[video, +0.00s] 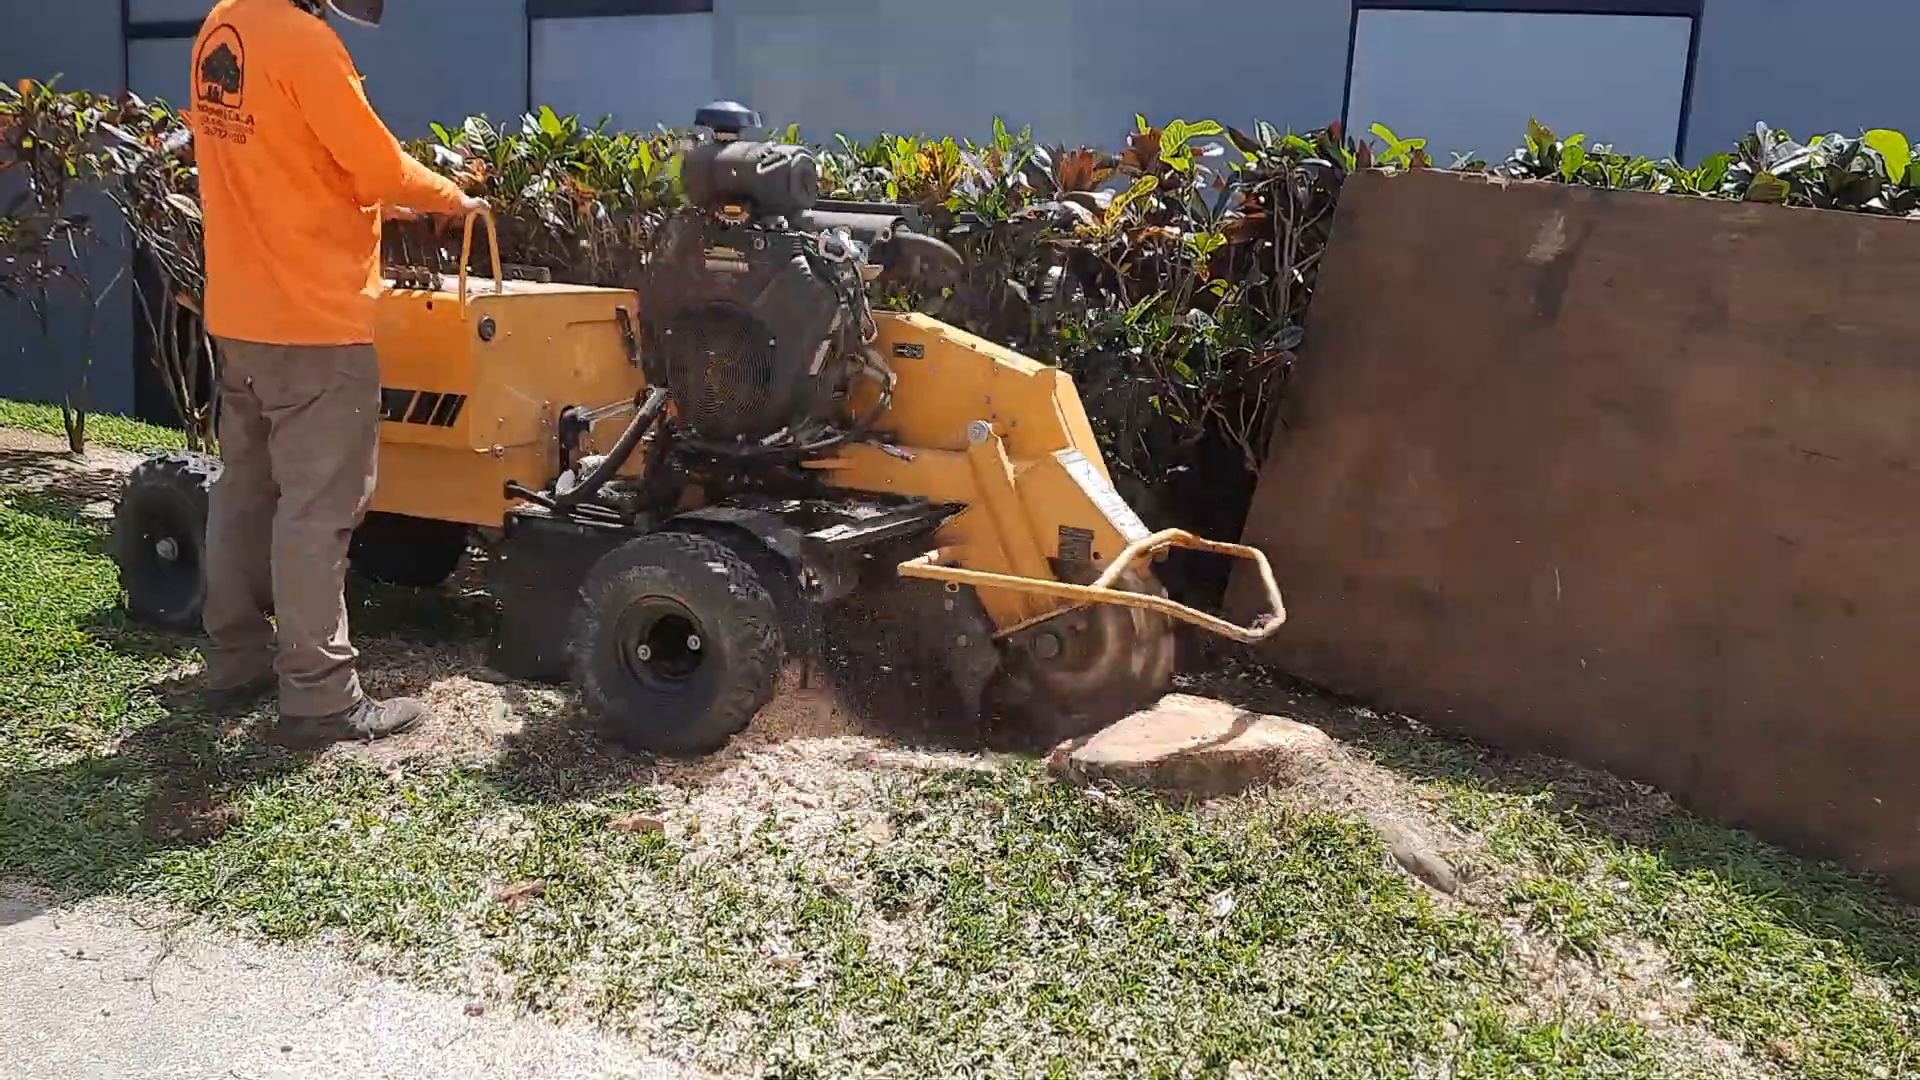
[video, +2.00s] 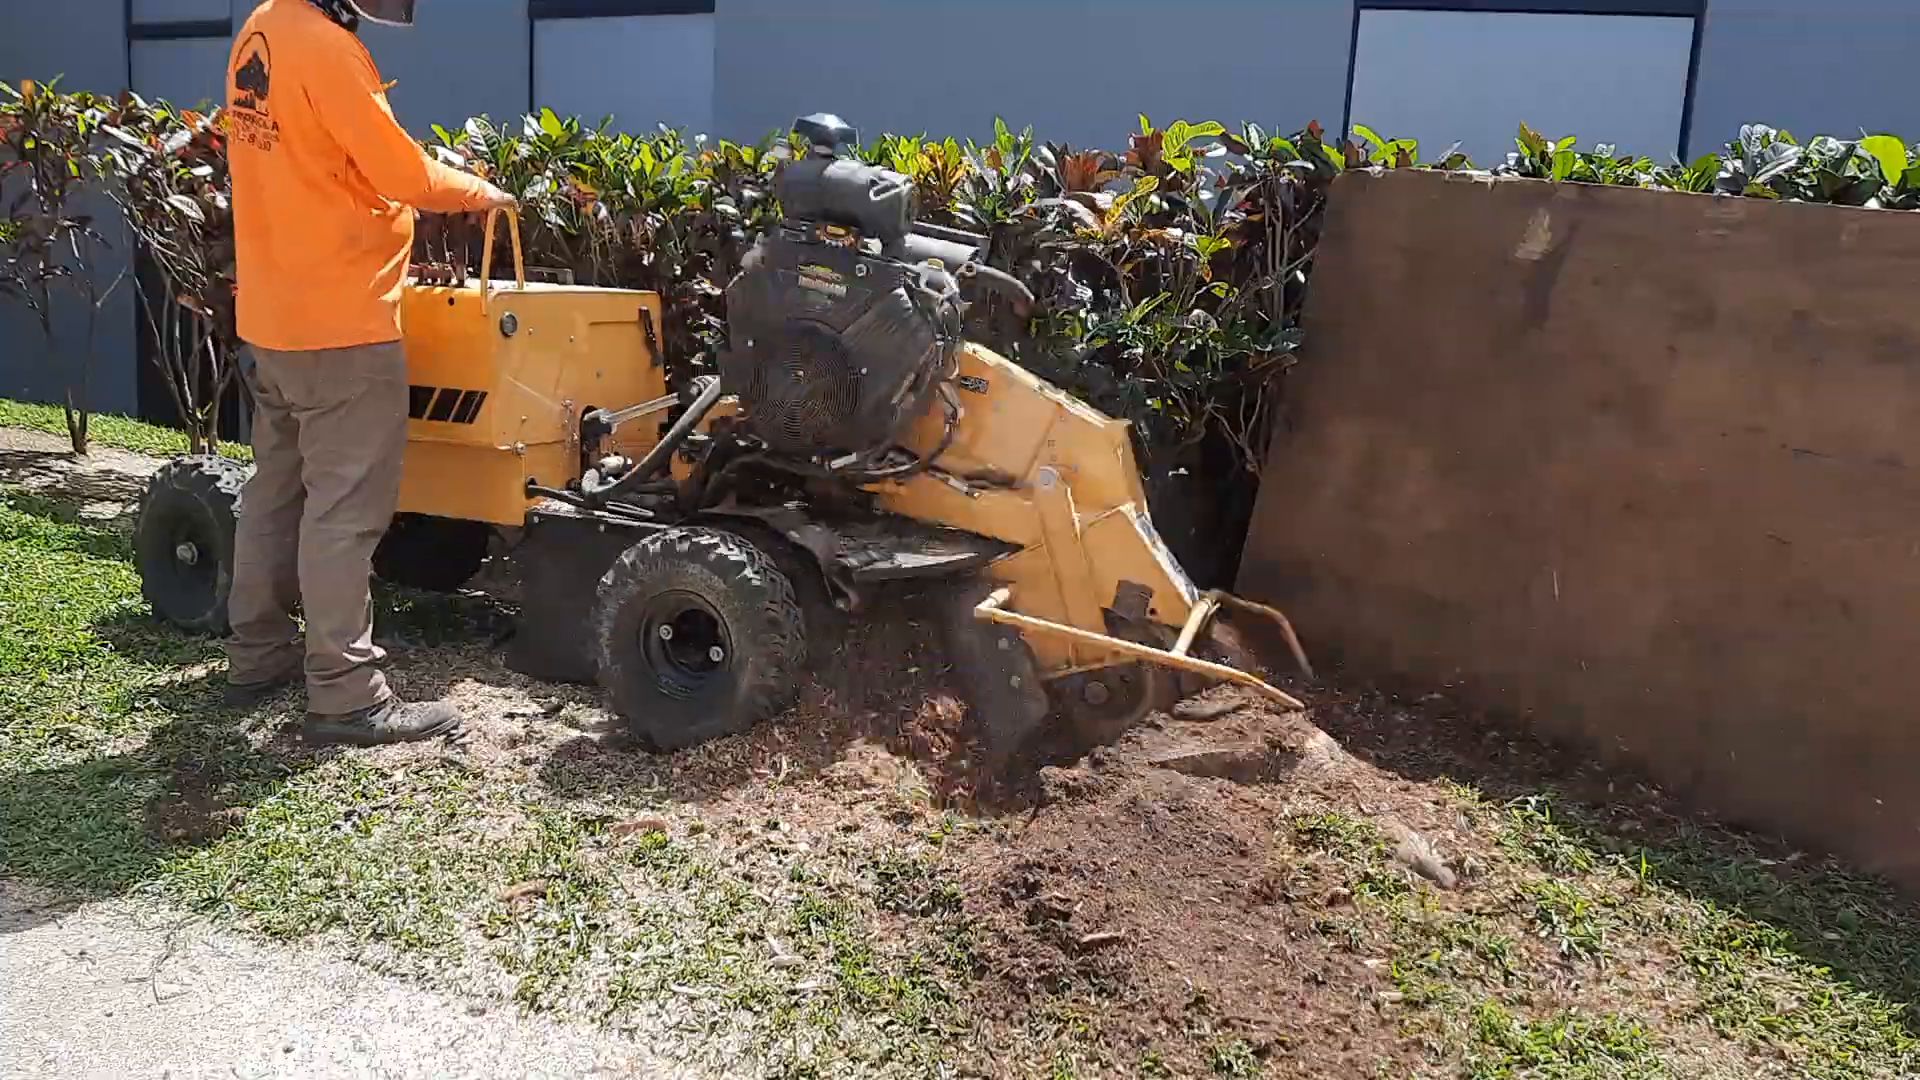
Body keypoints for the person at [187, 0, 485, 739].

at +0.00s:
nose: (372, 10)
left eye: (371, 4)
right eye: (367, 1)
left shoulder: (222, 24)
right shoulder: (308, 43)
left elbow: (282, 165)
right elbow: (381, 169)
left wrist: (393, 195)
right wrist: (451, 197)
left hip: (238, 316)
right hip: (314, 323)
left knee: (244, 492)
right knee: (319, 503)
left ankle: (235, 662)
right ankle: (318, 697)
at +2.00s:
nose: (397, 12)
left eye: (397, 6)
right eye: (394, 3)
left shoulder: (260, 28)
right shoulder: (329, 49)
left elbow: (321, 161)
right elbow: (404, 176)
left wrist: (438, 176)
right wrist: (475, 191)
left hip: (272, 322)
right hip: (341, 326)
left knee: (275, 492)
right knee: (347, 505)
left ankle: (257, 657)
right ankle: (343, 693)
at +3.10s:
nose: (434, 26)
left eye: (440, 19)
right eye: (435, 16)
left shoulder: (335, 24)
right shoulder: (362, 44)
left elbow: (373, 158)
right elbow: (422, 189)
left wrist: (450, 180)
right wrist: (476, 193)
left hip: (318, 287)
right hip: (360, 280)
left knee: (323, 488)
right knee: (549, 333)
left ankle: (294, 666)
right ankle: (617, 520)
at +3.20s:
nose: (435, 14)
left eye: (435, 8)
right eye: (431, 5)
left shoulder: (339, 30)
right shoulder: (342, 39)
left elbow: (390, 168)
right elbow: (406, 182)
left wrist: (482, 189)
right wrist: (498, 196)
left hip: (329, 288)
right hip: (360, 280)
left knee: (329, 486)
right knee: (547, 326)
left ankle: (298, 665)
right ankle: (650, 510)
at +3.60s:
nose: (469, 24)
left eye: (473, 18)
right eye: (469, 15)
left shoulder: (317, 25)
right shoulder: (420, 54)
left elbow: (295, 158)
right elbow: (494, 187)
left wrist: (437, 183)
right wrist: (521, 182)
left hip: (346, 316)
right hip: (403, 328)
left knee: (424, 496)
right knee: (391, 514)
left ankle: (425, 653)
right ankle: (369, 704)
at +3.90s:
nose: (465, 12)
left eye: (464, 7)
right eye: (460, 5)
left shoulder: (353, 28)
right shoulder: (394, 40)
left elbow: (296, 127)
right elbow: (467, 173)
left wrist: (401, 162)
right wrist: (519, 193)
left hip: (391, 322)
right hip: (386, 328)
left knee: (443, 482)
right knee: (388, 511)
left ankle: (419, 652)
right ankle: (369, 705)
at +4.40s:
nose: (465, 17)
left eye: (466, 12)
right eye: (463, 8)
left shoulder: (330, 25)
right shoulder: (390, 59)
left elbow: (377, 177)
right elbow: (462, 198)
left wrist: (488, 205)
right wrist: (540, 203)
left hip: (367, 323)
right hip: (396, 331)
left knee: (430, 494)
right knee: (393, 511)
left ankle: (425, 658)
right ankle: (368, 706)